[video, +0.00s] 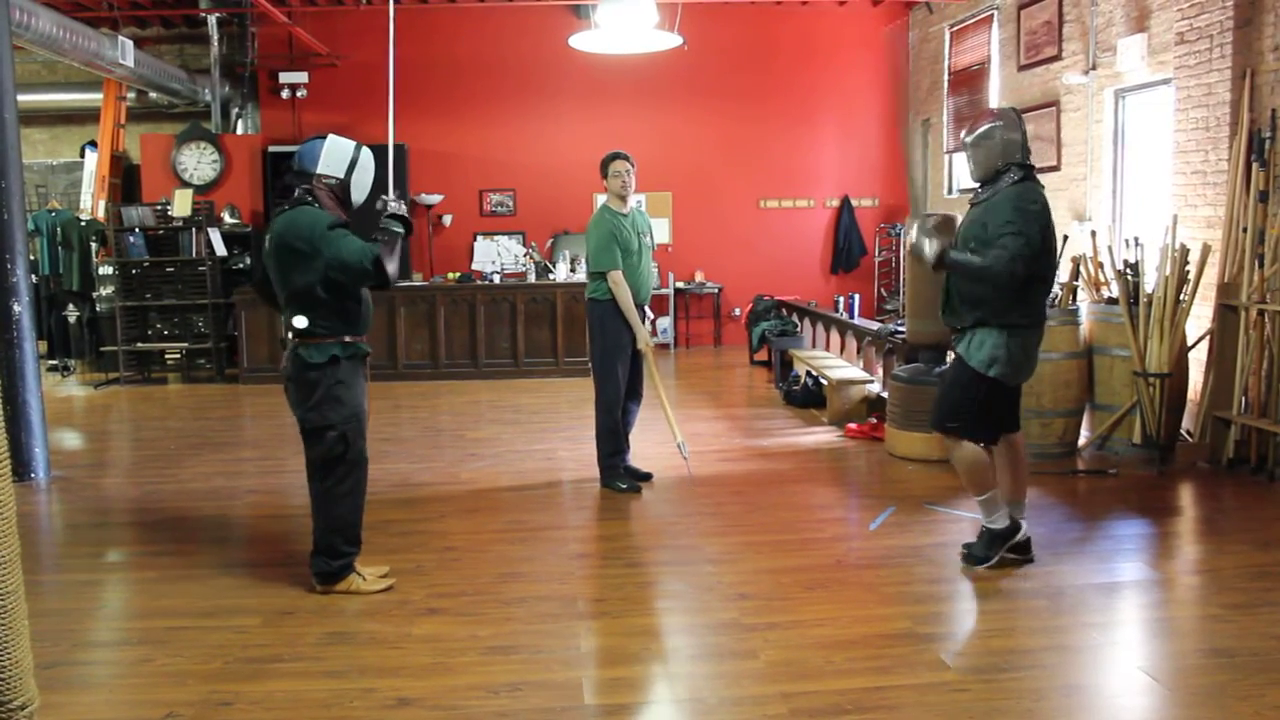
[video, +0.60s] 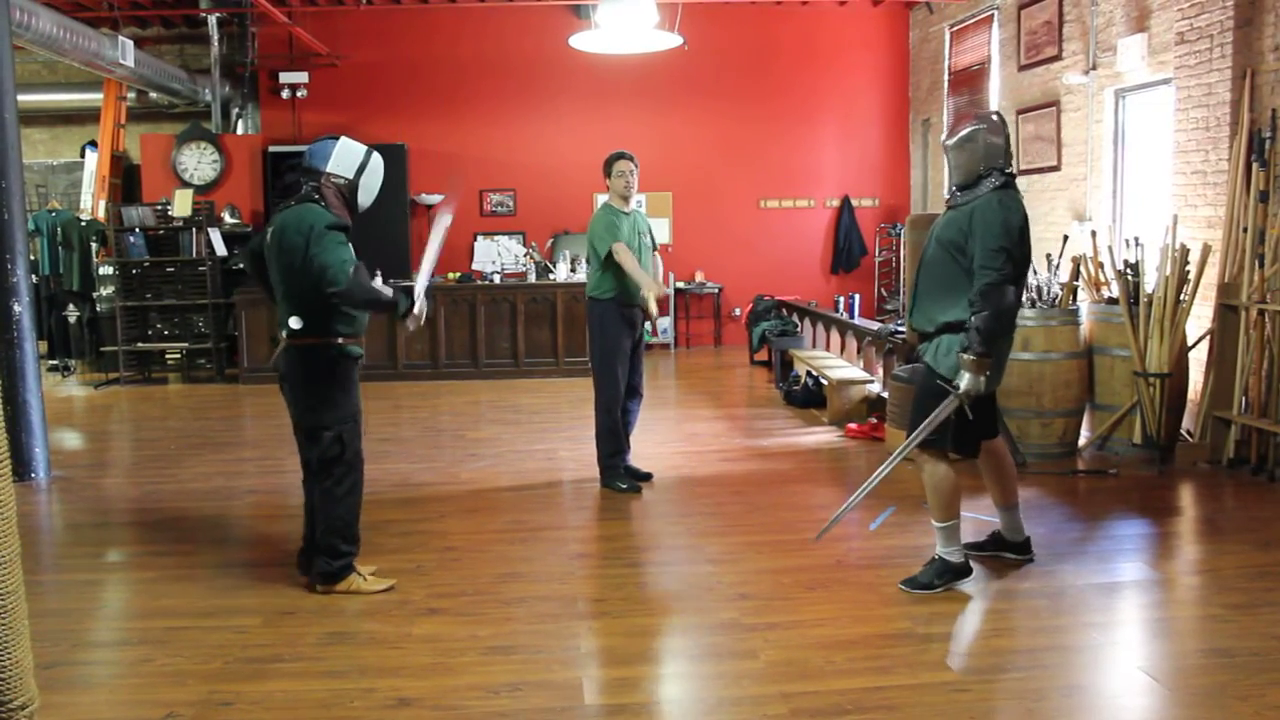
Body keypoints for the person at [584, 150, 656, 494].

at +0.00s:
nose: (625, 179)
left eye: (629, 173)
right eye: (617, 175)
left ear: (635, 179)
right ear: (605, 182)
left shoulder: (640, 217)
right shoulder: (603, 222)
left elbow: (644, 264)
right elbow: (615, 280)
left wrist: (645, 306)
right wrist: (638, 328)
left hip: (634, 307)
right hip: (608, 309)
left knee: (632, 390)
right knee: (611, 391)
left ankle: (620, 460)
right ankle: (610, 470)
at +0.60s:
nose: (628, 179)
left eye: (632, 174)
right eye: (621, 174)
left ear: (638, 179)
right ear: (608, 181)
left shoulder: (640, 219)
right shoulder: (605, 217)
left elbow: (652, 258)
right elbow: (621, 255)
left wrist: (652, 296)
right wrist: (648, 285)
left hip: (633, 308)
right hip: (607, 308)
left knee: (632, 389)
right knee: (611, 389)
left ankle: (620, 460)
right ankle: (610, 469)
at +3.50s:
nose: (599, 180)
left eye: (603, 175)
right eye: (591, 175)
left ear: (608, 181)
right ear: (577, 180)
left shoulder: (603, 218)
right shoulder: (573, 212)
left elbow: (612, 244)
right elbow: (594, 227)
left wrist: (624, 248)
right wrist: (616, 243)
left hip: (608, 315)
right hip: (583, 315)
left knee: (610, 395)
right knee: (584, 396)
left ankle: (606, 467)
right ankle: (580, 480)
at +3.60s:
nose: (598, 181)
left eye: (603, 175)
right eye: (591, 175)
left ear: (607, 181)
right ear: (576, 181)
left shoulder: (602, 219)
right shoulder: (573, 212)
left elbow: (613, 244)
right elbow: (593, 227)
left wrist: (622, 248)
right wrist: (615, 243)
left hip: (608, 315)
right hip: (583, 315)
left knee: (610, 395)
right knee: (584, 397)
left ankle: (606, 467)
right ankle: (580, 480)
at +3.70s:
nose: (599, 181)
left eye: (603, 175)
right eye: (591, 175)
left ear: (608, 181)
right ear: (577, 181)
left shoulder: (603, 218)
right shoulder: (573, 212)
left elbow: (613, 250)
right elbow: (593, 227)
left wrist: (623, 250)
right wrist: (614, 243)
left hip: (609, 315)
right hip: (583, 315)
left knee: (610, 395)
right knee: (584, 397)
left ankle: (606, 467)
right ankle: (580, 480)